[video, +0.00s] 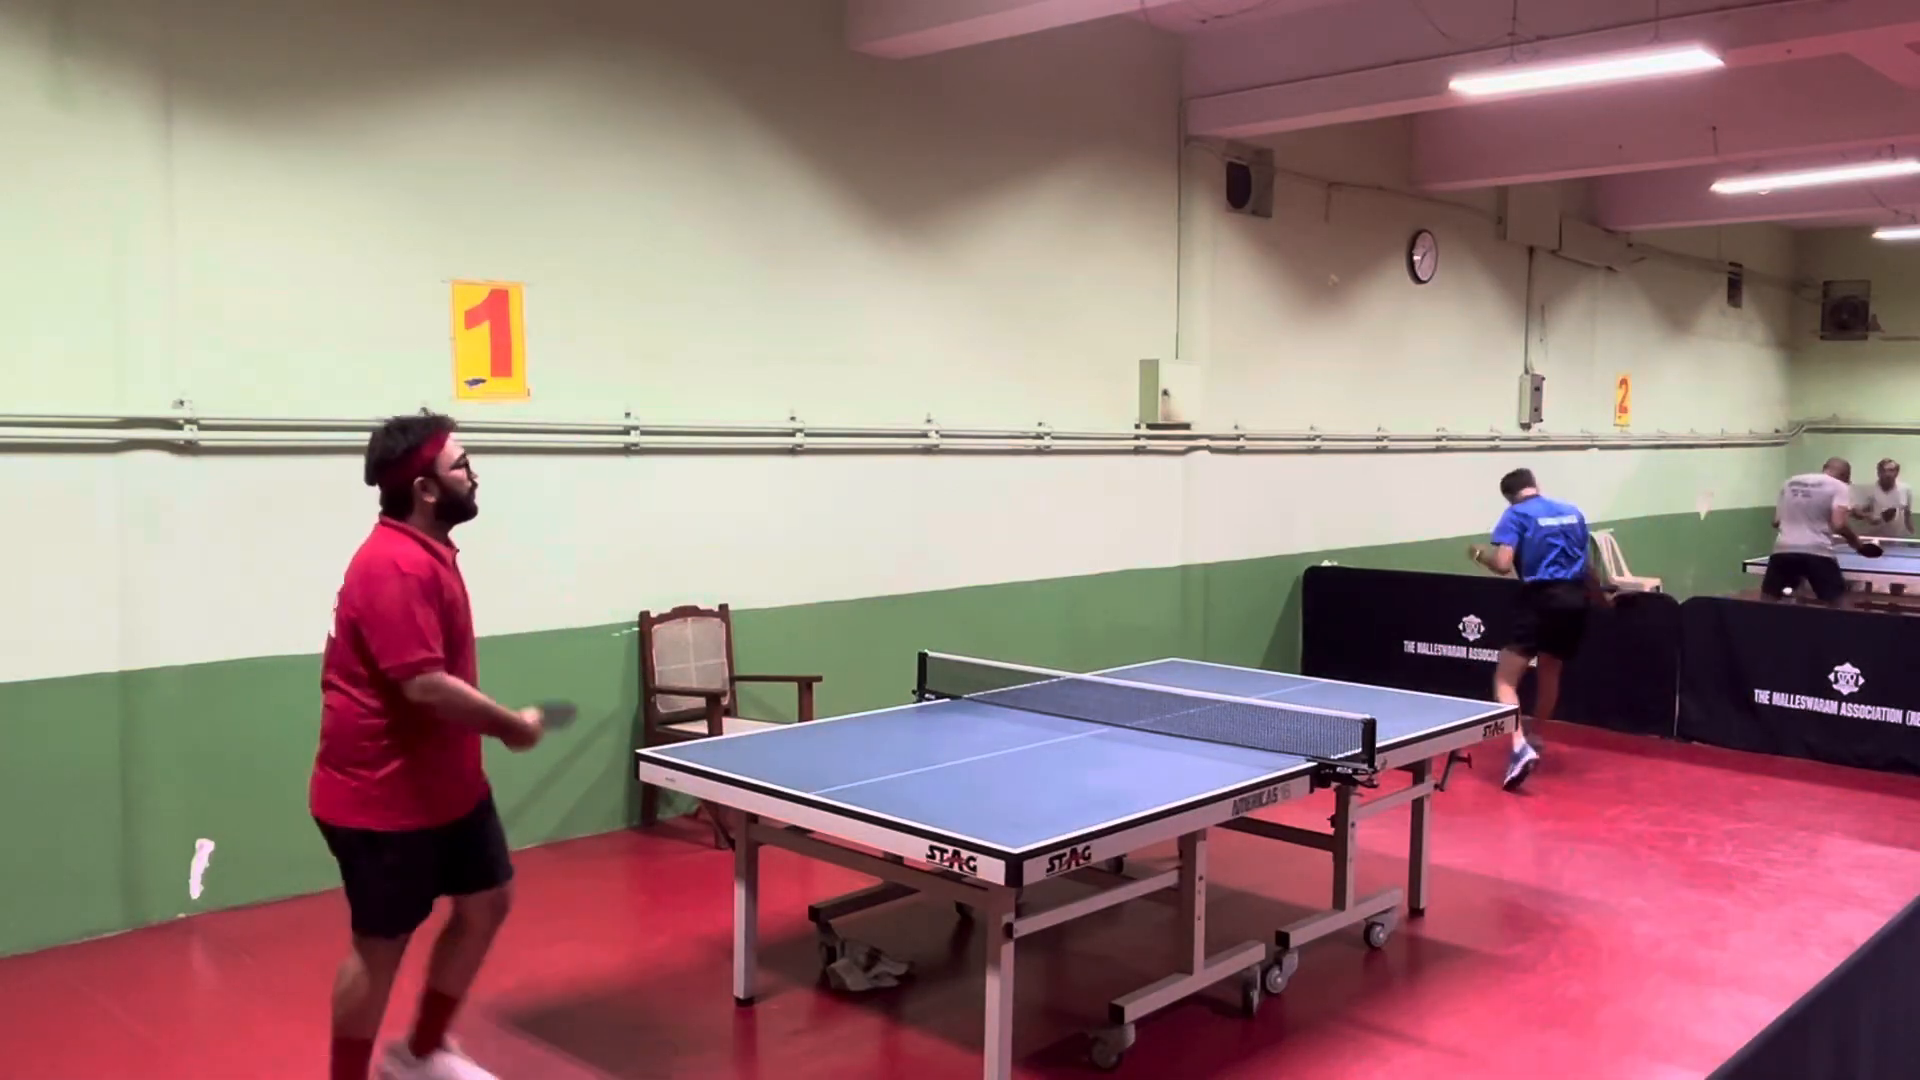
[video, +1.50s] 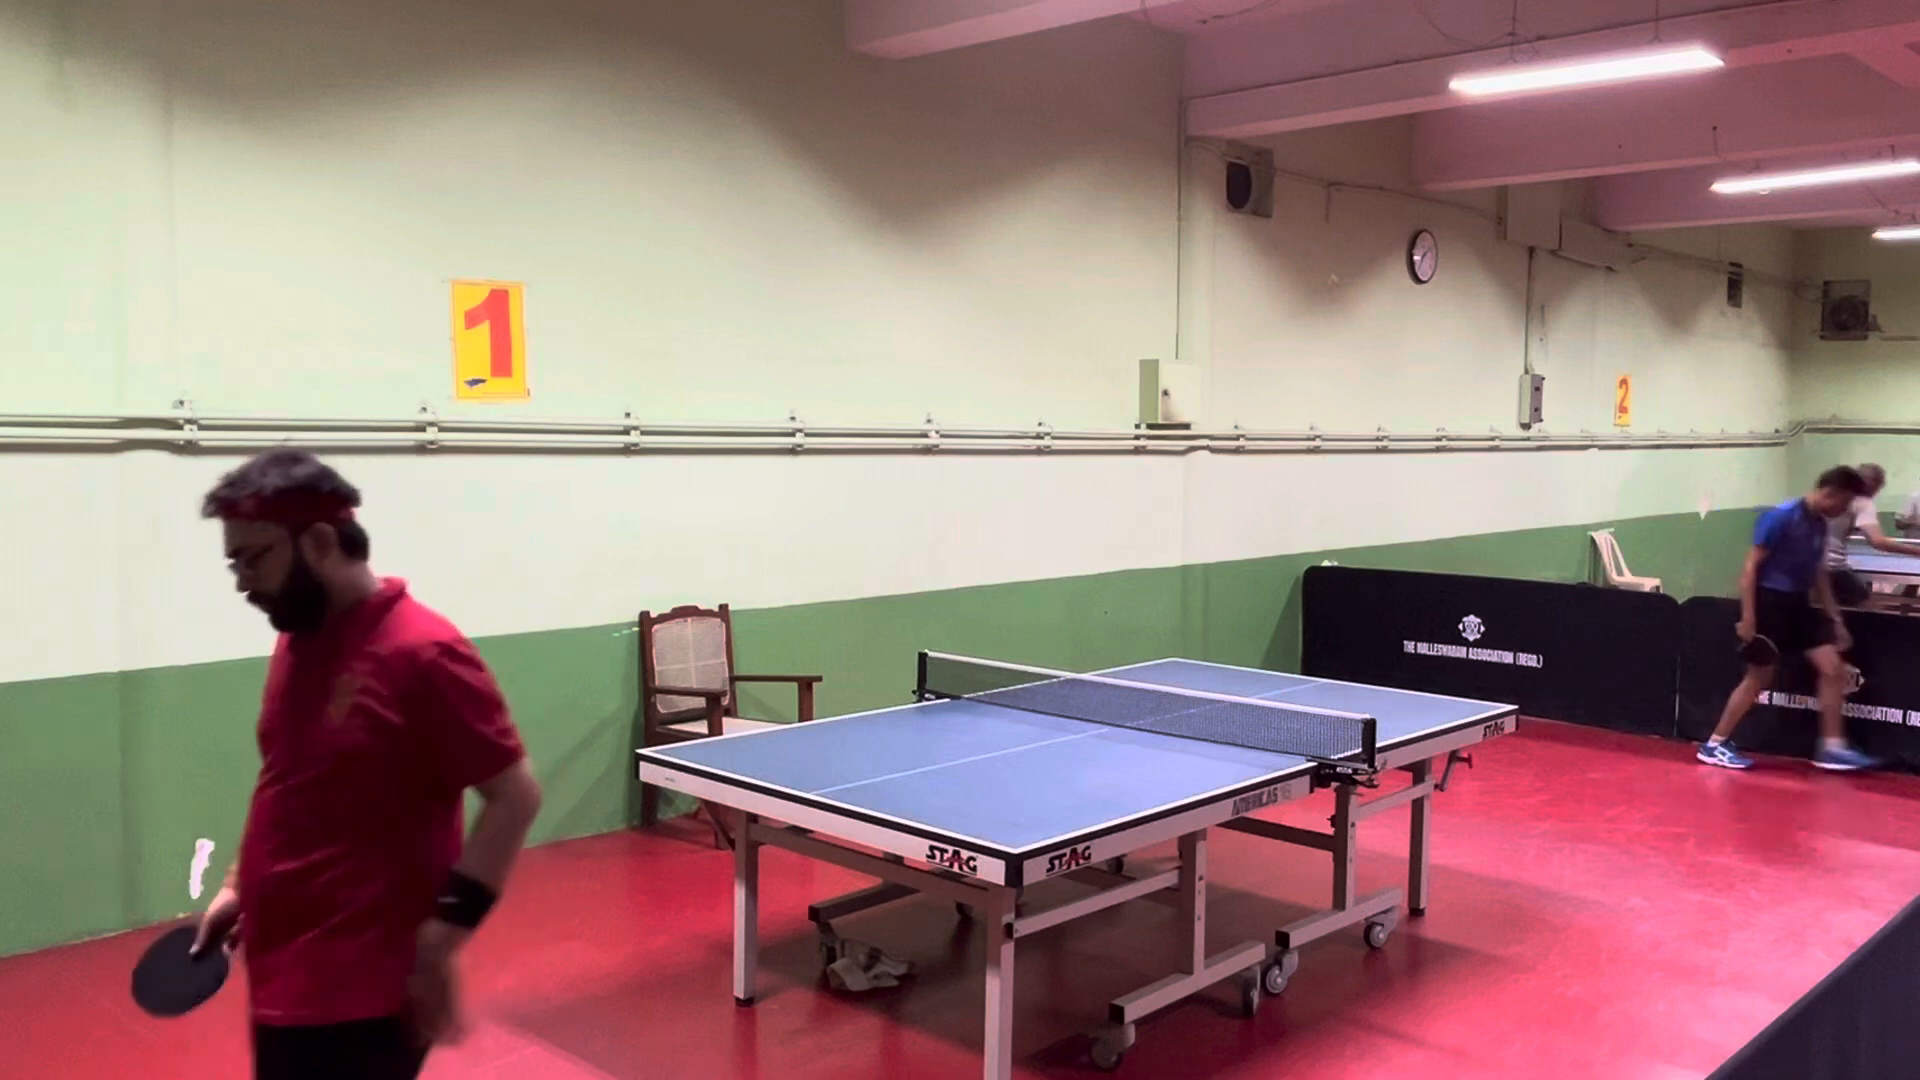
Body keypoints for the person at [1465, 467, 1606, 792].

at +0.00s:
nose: (1513, 504)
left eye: (1509, 500)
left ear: (1510, 496)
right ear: (1537, 486)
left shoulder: (1516, 513)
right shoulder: (1573, 512)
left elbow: (1503, 562)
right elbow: (1585, 562)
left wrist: (1481, 555)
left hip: (1539, 601)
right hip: (1576, 602)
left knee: (1505, 681)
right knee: (1549, 667)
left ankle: (1519, 747)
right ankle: (1535, 738)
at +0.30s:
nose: (1564, 473)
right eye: (1567, 468)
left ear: (1537, 470)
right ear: (1566, 469)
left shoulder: (1521, 502)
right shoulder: (1587, 499)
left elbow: (1500, 555)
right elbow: (1599, 555)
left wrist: (1493, 597)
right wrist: (1582, 574)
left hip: (1535, 584)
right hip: (1575, 585)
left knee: (1524, 655)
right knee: (1552, 658)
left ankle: (1507, 725)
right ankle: (1533, 731)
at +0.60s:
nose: (1600, 485)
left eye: (1600, 479)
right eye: (1598, 478)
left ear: (1570, 476)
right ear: (1586, 476)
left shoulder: (1541, 511)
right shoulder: (1598, 507)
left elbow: (1522, 562)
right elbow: (1605, 557)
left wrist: (1516, 605)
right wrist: (1625, 605)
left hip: (1554, 592)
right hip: (1589, 593)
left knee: (1562, 653)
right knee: (1597, 663)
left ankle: (1545, 722)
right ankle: (1540, 714)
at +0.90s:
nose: (1661, 490)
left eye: (1663, 483)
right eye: (1660, 483)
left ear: (1634, 475)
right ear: (1647, 478)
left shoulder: (1610, 501)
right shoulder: (1632, 509)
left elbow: (1597, 552)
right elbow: (1625, 562)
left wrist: (1640, 586)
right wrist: (1655, 601)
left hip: (1593, 585)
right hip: (1617, 590)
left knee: (1580, 649)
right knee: (1672, 653)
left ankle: (1546, 720)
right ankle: (1666, 732)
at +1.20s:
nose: (1756, 505)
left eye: (1758, 499)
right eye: (1755, 498)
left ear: (1735, 490)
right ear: (1739, 492)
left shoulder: (1720, 517)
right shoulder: (1709, 520)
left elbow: (1706, 572)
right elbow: (1687, 575)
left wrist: (1719, 610)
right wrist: (1705, 622)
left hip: (1690, 593)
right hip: (1691, 595)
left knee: (1688, 658)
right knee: (1730, 665)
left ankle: (1611, 699)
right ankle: (1714, 743)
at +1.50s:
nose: (1840, 510)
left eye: (1844, 505)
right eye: (1839, 502)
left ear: (1835, 499)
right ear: (1825, 491)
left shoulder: (1818, 525)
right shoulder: (1780, 517)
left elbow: (1820, 578)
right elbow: (1749, 567)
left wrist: (1836, 623)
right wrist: (1747, 619)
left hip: (1798, 607)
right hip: (1768, 604)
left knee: (1831, 667)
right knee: (1758, 676)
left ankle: (1832, 747)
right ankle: (1715, 743)